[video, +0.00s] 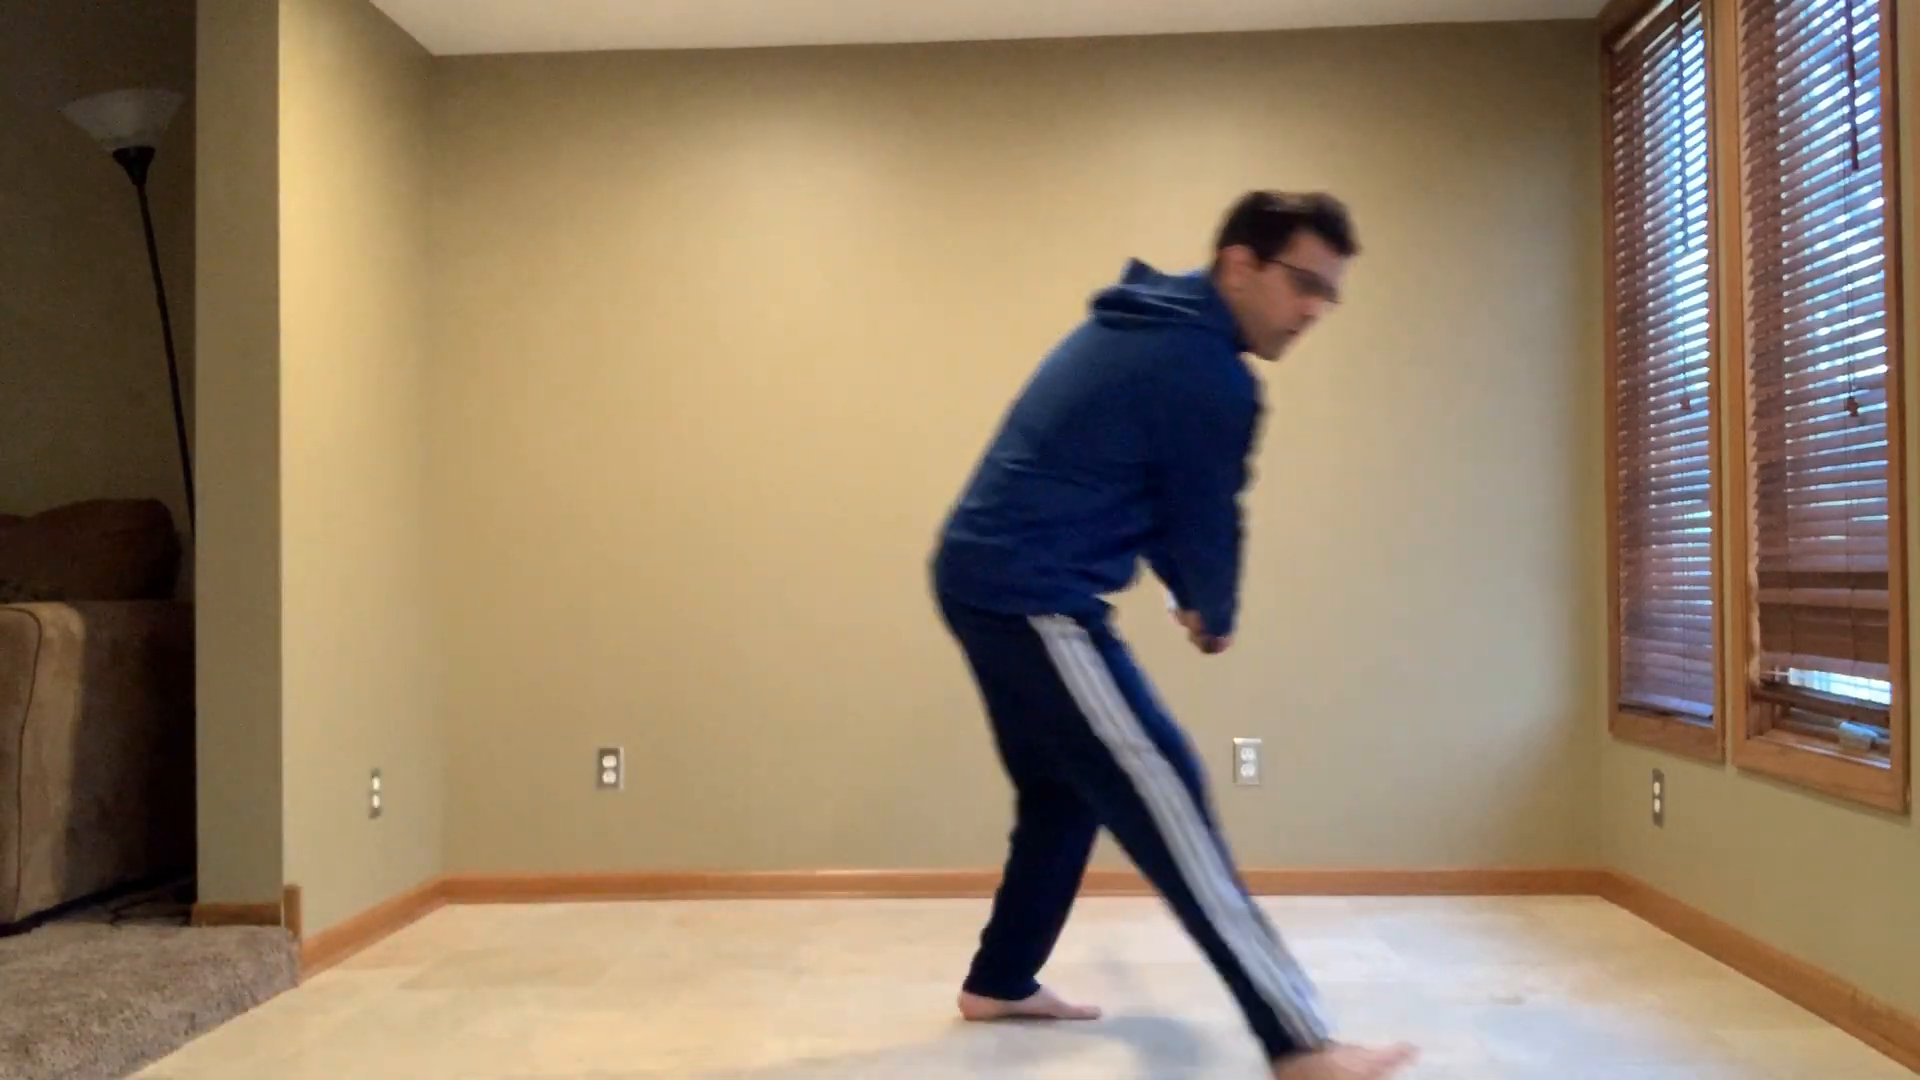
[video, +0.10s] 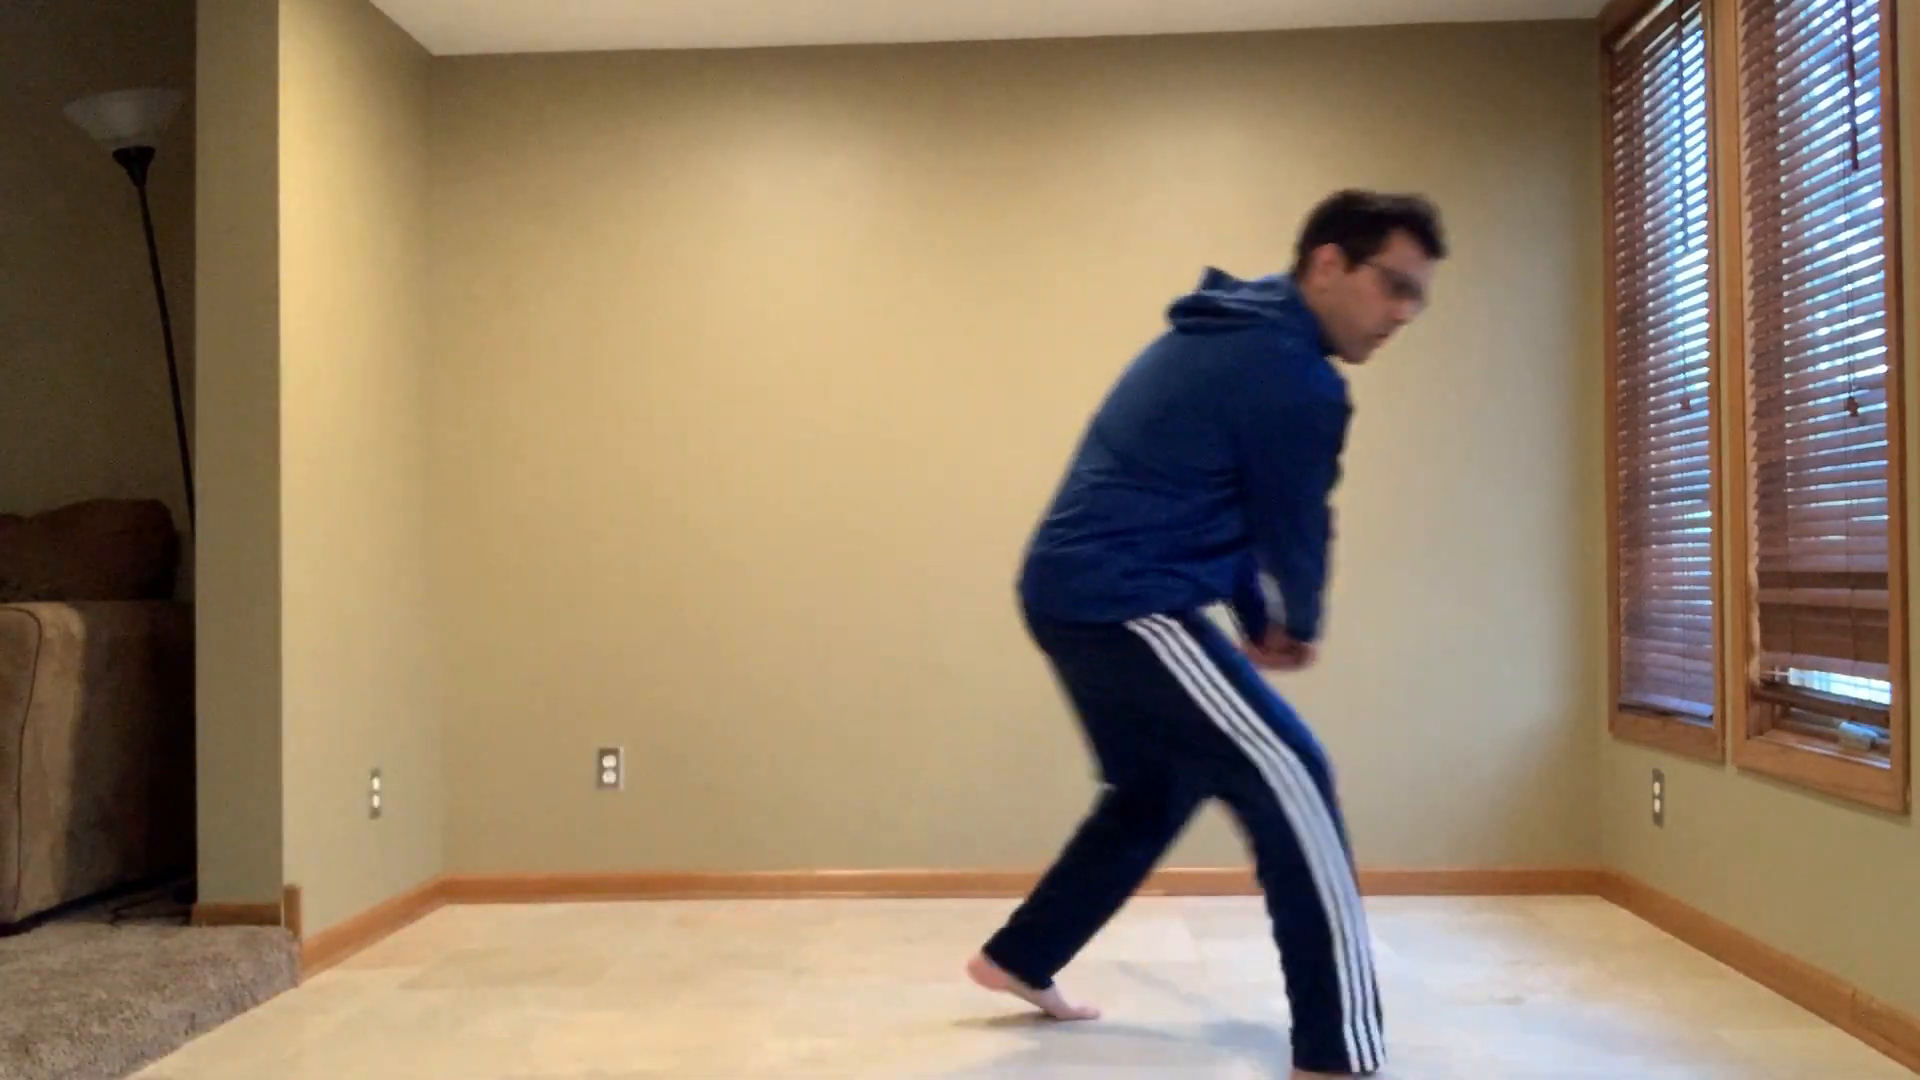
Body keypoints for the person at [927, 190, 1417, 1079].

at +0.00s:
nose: (1317, 312)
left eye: (1328, 294)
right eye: (1305, 285)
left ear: (1232, 271)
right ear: (1237, 264)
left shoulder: (1147, 316)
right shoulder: (1207, 375)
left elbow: (1139, 477)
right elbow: (1204, 520)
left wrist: (1187, 583)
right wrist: (1211, 611)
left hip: (988, 576)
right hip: (1036, 593)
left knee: (1061, 792)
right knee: (1158, 784)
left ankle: (1000, 983)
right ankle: (1296, 1044)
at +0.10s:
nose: (1405, 314)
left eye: (1416, 298)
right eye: (1395, 287)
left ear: (1318, 272)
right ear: (1326, 264)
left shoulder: (1226, 327)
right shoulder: (1298, 379)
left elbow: (1209, 500)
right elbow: (1293, 533)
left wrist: (1260, 614)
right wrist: (1296, 630)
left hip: (1071, 589)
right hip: (1134, 598)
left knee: (1158, 783)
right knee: (1288, 774)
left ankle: (1019, 957)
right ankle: (1339, 1052)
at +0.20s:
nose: (1469, 293)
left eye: (1482, 278)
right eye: (1463, 265)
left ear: (1402, 248)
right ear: (1395, 235)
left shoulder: (1389, 348)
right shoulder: (1294, 324)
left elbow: (1385, 497)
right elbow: (1332, 508)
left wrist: (1415, 640)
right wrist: (1421, 639)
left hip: (1219, 588)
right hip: (1172, 583)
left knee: (1235, 809)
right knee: (1335, 780)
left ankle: (1060, 937)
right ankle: (1340, 1057)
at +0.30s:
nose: (1525, 262)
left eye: (1538, 246)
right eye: (1517, 233)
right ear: (1447, 205)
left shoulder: (1481, 333)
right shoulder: (1318, 294)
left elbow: (1500, 425)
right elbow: (1294, 463)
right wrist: (1434, 512)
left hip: (1313, 596)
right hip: (1232, 578)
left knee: (1324, 818)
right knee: (1374, 790)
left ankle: (1135, 909)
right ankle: (1338, 1062)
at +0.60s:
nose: (1637, 175)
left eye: (1654, 159)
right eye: (1620, 148)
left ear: (1660, 170)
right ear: (1553, 139)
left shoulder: (1643, 252)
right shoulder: (1458, 229)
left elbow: (1588, 329)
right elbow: (1309, 345)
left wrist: (1459, 220)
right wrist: (1397, 227)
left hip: (1543, 550)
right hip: (1423, 542)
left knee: (1649, 763)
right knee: (1439, 776)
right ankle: (1360, 1053)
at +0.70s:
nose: (1651, 184)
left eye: (1667, 166)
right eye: (1631, 160)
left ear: (1677, 177)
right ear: (1565, 165)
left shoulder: (1680, 279)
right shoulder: (1493, 271)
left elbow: (1633, 379)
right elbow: (1336, 404)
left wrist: (1498, 301)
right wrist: (1416, 340)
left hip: (1605, 575)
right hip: (1475, 566)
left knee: (1714, 778)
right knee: (1486, 778)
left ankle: (1760, 998)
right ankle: (1389, 1050)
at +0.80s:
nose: (1639, 175)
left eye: (1653, 157)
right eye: (1615, 154)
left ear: (1667, 170)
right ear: (1556, 167)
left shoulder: (1685, 290)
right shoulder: (1478, 285)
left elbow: (1669, 433)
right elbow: (1383, 415)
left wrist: (1533, 408)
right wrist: (1431, 456)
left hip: (1611, 579)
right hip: (1479, 571)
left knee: (1719, 774)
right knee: (1494, 773)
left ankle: (1758, 999)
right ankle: (1415, 1027)